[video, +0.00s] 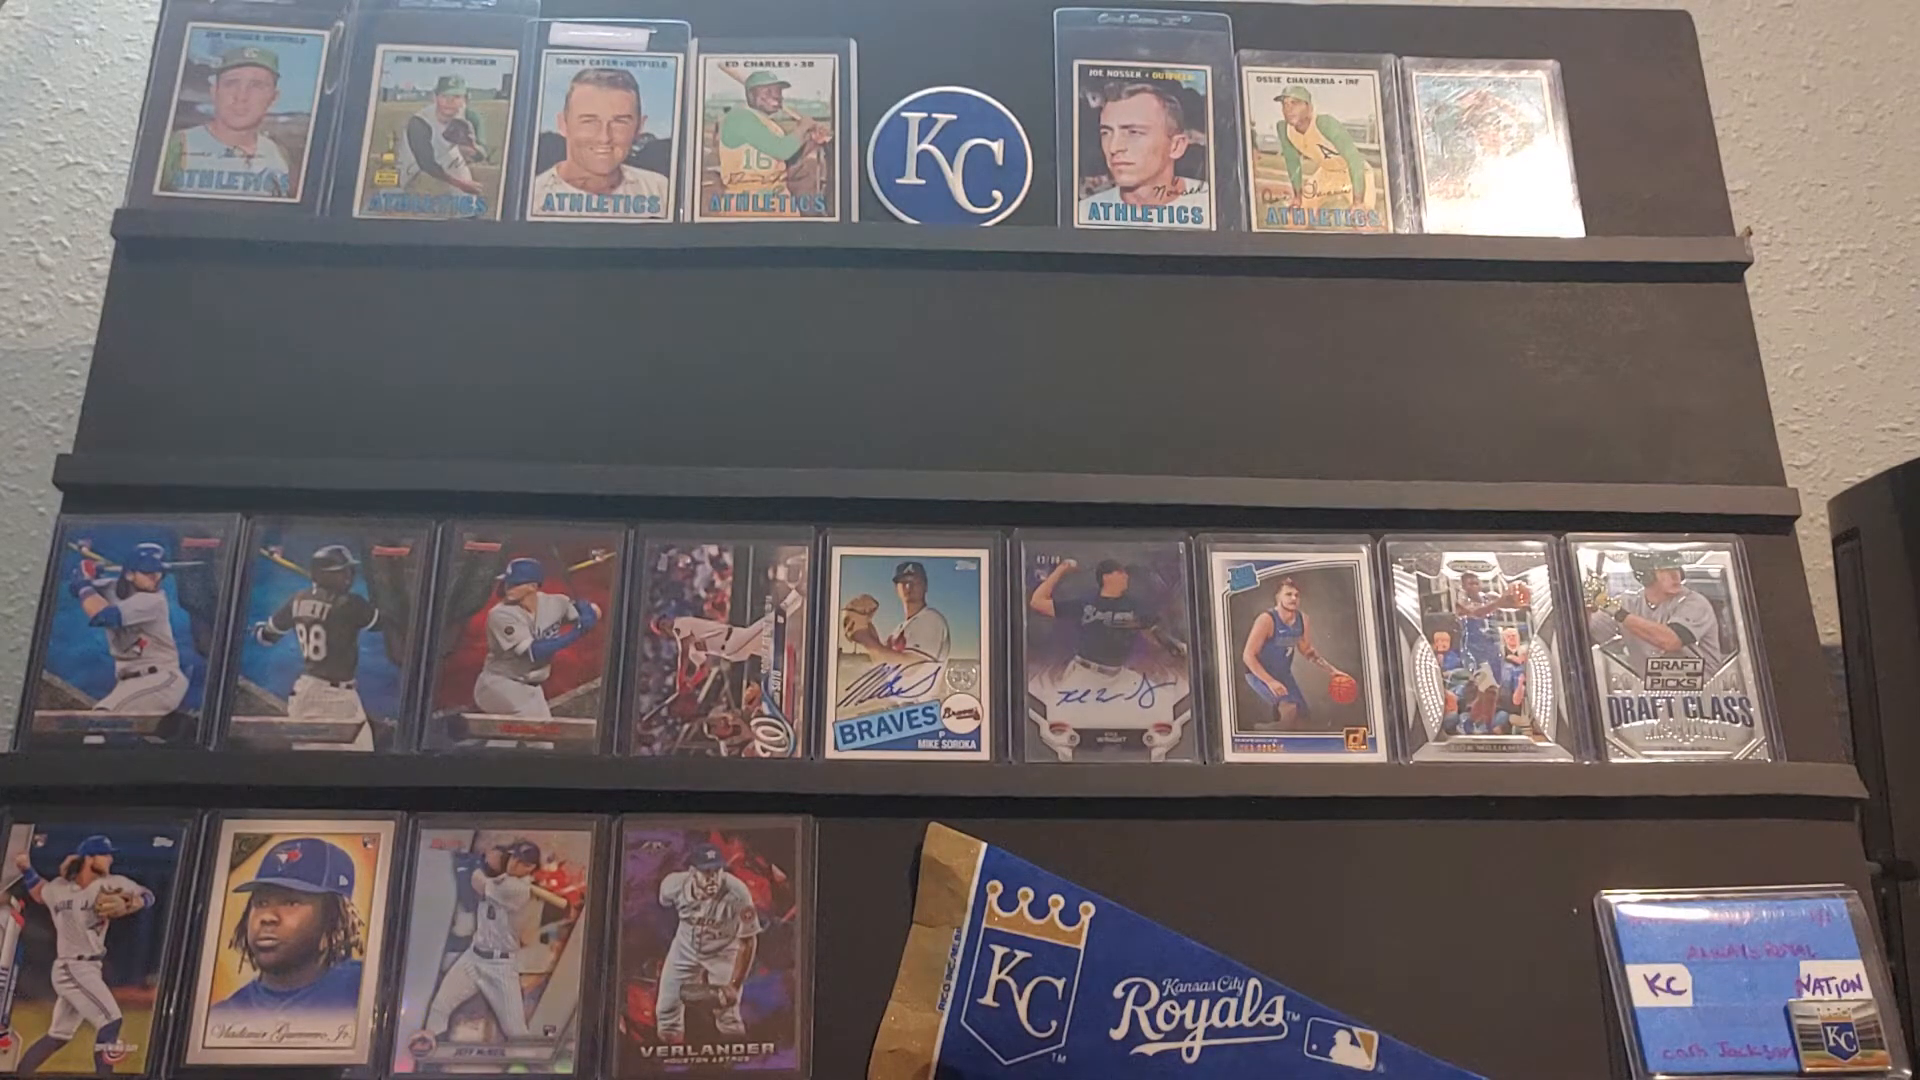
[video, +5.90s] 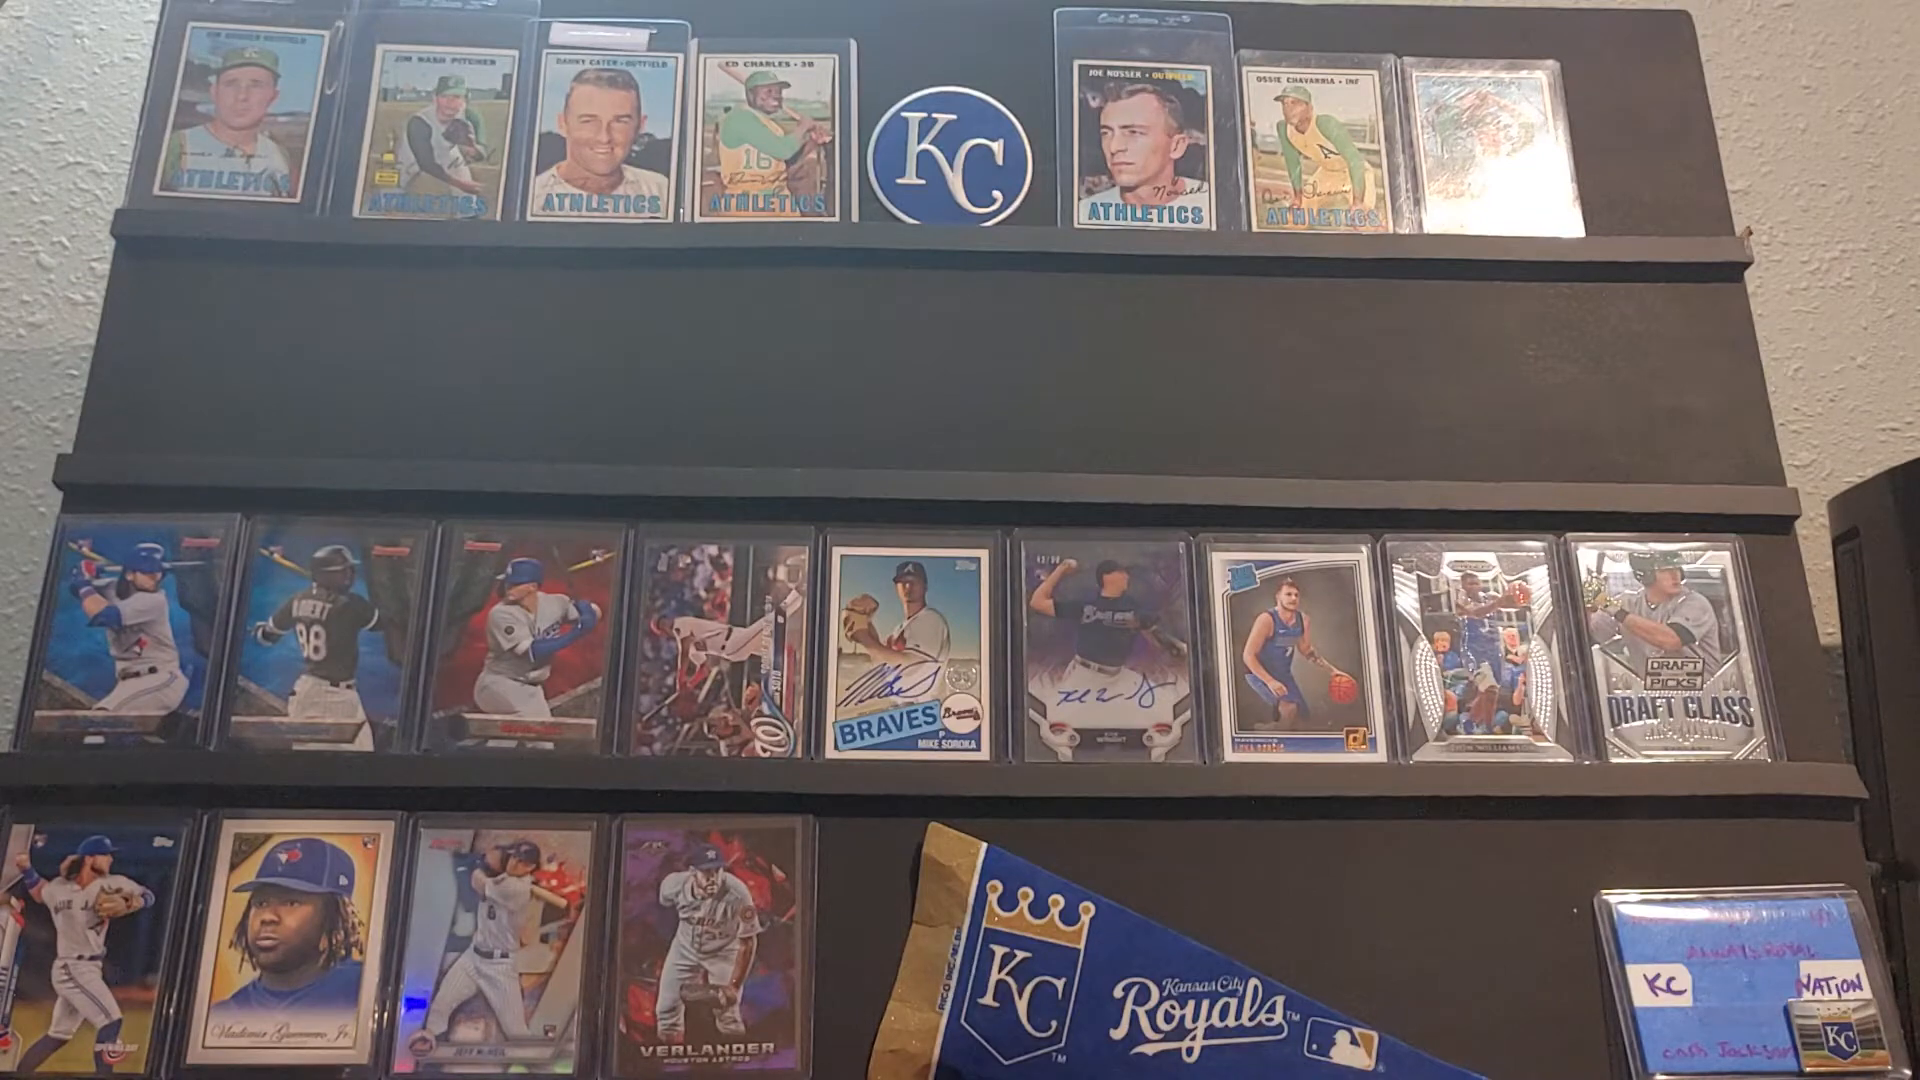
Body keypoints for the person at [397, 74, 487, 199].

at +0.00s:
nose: (450, 102)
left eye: (456, 97)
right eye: (444, 96)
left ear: (465, 101)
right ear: (436, 98)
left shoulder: (468, 117)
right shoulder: (419, 123)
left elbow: (481, 154)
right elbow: (427, 165)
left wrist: (470, 151)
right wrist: (462, 185)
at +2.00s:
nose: (451, 102)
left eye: (457, 97)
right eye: (446, 96)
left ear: (464, 100)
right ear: (436, 98)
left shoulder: (469, 115)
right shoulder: (419, 123)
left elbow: (481, 154)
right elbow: (427, 165)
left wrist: (469, 150)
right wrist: (461, 185)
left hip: (453, 162)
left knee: (467, 196)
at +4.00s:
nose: (451, 102)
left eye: (457, 97)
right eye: (446, 96)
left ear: (464, 100)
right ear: (436, 97)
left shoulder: (467, 116)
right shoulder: (419, 123)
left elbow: (481, 153)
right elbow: (427, 165)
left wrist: (472, 152)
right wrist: (460, 184)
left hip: (453, 164)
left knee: (467, 197)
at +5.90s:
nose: (450, 103)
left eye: (456, 97)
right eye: (445, 96)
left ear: (464, 101)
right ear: (436, 99)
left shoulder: (469, 117)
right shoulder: (419, 123)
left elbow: (481, 152)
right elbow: (427, 165)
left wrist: (470, 150)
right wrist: (461, 185)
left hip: (455, 167)